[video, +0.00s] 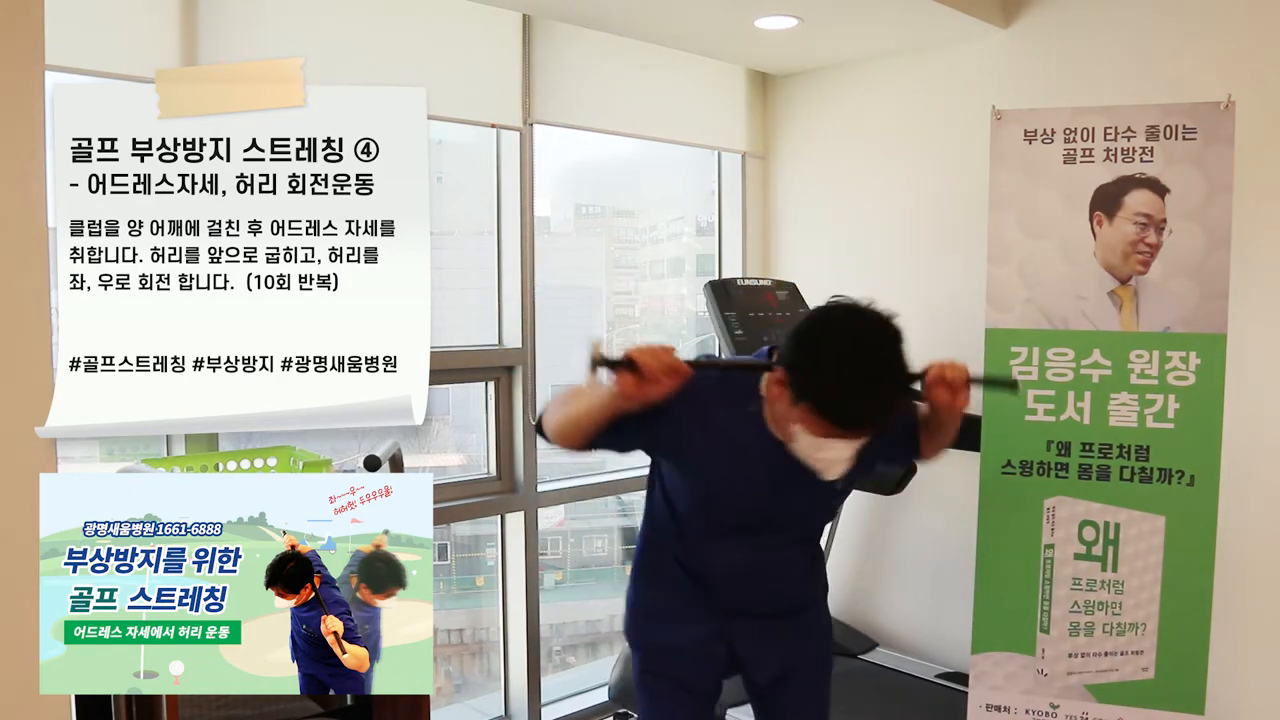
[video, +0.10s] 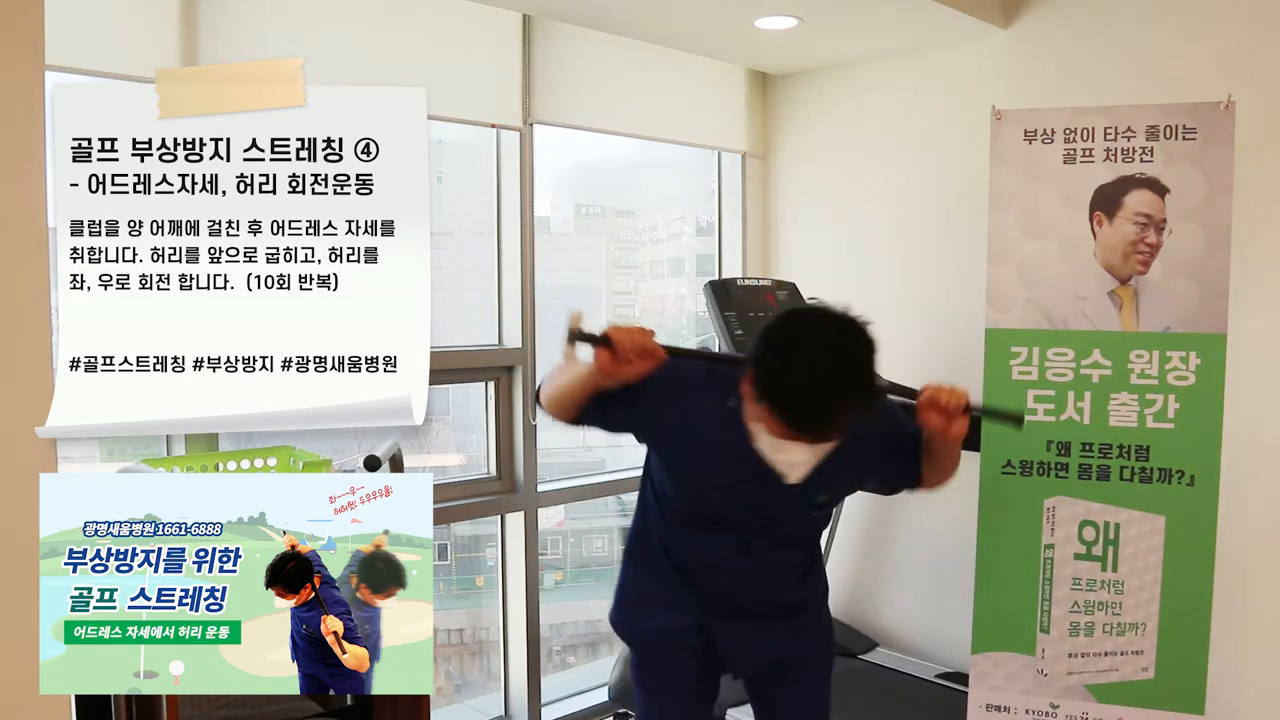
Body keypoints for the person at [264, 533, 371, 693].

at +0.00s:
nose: (278, 599)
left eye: (283, 595)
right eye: (276, 593)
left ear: (306, 590)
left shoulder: (334, 608)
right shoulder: (311, 570)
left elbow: (363, 665)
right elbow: (308, 552)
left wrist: (335, 642)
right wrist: (297, 547)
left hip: (344, 673)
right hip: (310, 667)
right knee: (312, 715)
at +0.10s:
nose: (278, 599)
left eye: (283, 596)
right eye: (276, 593)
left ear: (306, 590)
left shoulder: (334, 608)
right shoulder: (312, 571)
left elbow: (363, 665)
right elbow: (308, 552)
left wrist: (336, 643)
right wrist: (297, 547)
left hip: (344, 672)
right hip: (310, 667)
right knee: (312, 715)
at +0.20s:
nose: (278, 599)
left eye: (283, 596)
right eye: (276, 593)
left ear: (306, 590)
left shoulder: (334, 608)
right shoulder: (312, 571)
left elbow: (363, 665)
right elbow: (308, 552)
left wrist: (336, 643)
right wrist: (297, 547)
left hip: (344, 672)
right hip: (310, 667)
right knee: (312, 715)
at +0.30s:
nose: (278, 599)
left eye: (283, 595)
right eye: (276, 593)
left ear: (306, 590)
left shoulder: (334, 608)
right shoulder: (311, 570)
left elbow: (363, 665)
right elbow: (308, 552)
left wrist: (335, 642)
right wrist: (297, 547)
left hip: (344, 673)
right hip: (310, 667)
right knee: (312, 715)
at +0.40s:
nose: (278, 599)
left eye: (283, 595)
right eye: (276, 593)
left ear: (306, 590)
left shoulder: (334, 608)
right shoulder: (311, 570)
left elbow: (363, 665)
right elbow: (308, 552)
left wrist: (335, 642)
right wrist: (297, 547)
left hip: (344, 673)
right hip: (310, 667)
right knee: (312, 715)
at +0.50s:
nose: (278, 599)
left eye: (283, 596)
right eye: (276, 594)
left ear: (306, 589)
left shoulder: (334, 608)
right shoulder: (312, 570)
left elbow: (363, 665)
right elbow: (308, 552)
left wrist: (335, 642)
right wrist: (297, 547)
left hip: (345, 673)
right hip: (310, 667)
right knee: (312, 714)